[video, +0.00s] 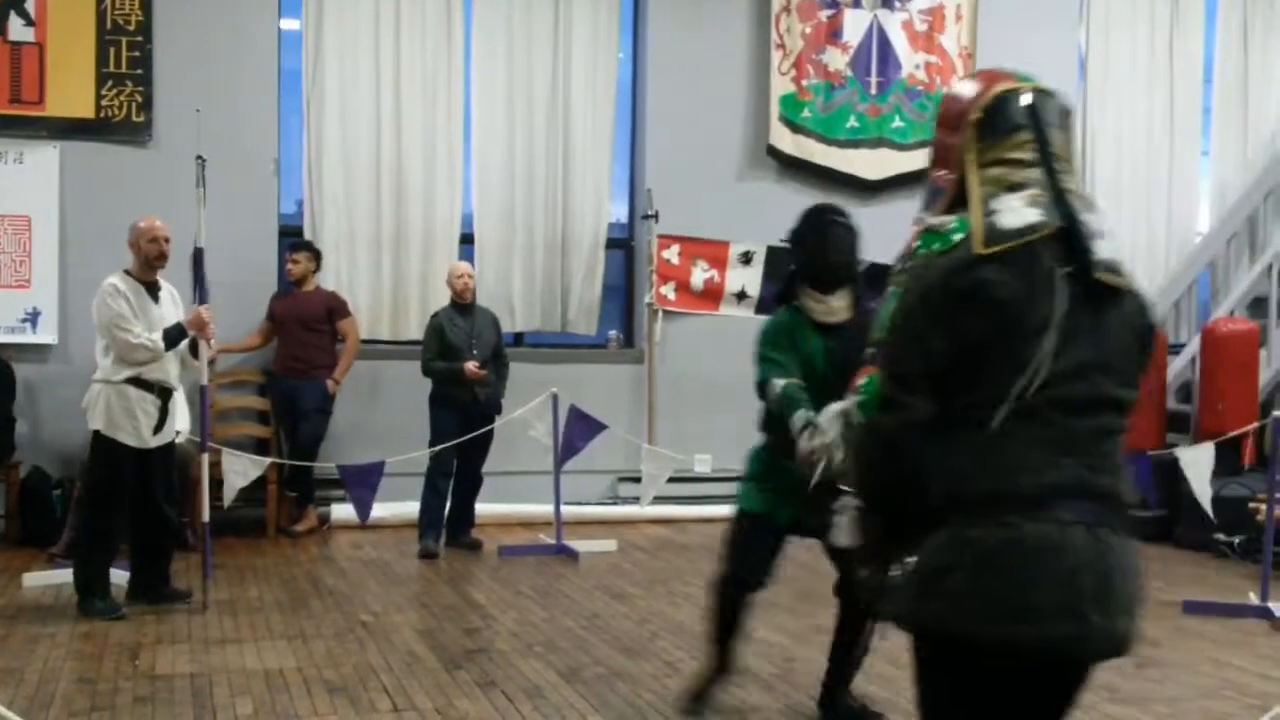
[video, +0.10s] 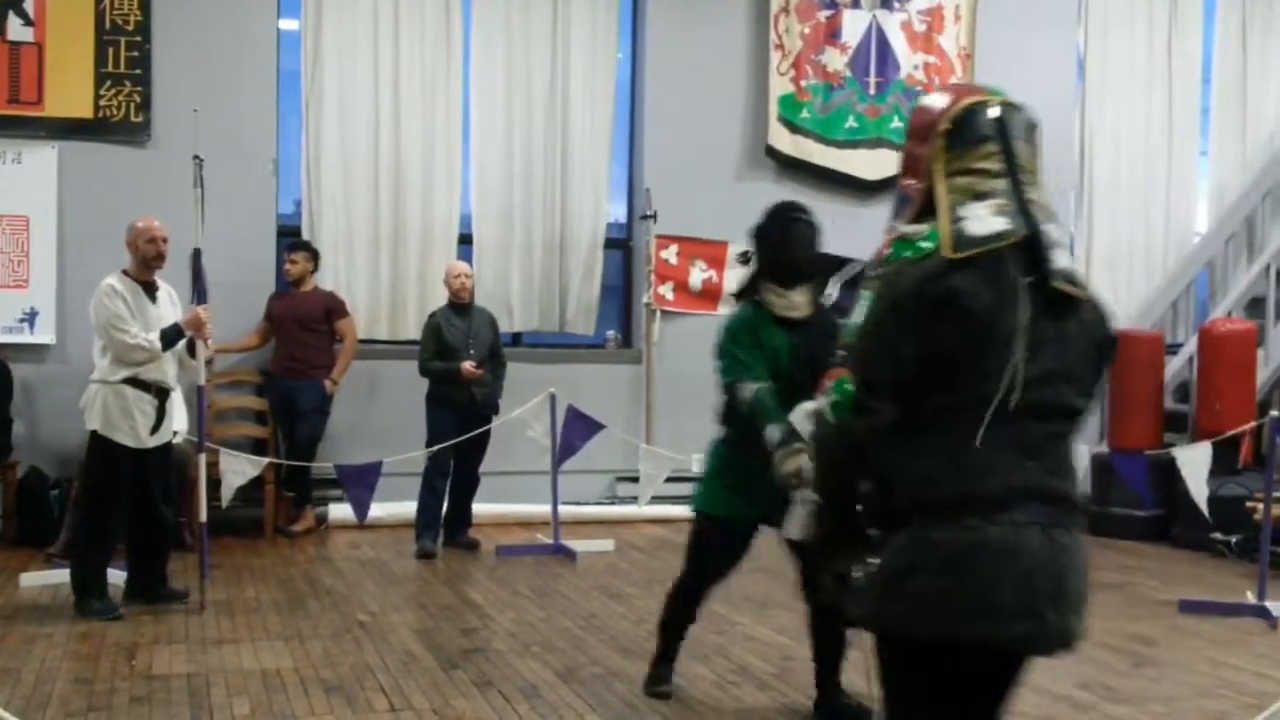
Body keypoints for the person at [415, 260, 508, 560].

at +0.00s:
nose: (465, 281)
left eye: (469, 276)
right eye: (459, 277)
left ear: (475, 282)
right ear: (449, 284)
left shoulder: (488, 319)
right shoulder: (439, 321)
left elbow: (500, 361)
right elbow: (428, 366)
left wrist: (495, 394)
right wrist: (460, 368)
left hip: (482, 405)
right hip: (447, 405)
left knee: (471, 471)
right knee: (441, 468)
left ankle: (459, 532)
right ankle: (429, 538)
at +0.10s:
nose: (463, 282)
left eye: (467, 276)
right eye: (457, 277)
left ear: (473, 282)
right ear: (446, 283)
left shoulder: (486, 319)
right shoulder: (437, 320)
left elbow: (498, 361)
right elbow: (425, 366)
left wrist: (492, 395)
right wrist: (457, 368)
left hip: (479, 405)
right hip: (444, 405)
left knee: (468, 471)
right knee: (438, 468)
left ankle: (457, 532)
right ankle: (426, 538)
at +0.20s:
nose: (457, 281)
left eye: (461, 276)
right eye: (451, 277)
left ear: (468, 281)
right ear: (441, 283)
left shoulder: (481, 319)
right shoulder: (431, 321)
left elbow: (493, 361)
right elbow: (420, 366)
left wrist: (488, 395)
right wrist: (451, 368)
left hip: (474, 405)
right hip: (439, 405)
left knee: (463, 472)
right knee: (432, 469)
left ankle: (453, 532)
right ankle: (423, 538)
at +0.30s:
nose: (444, 280)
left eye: (448, 275)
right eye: (438, 275)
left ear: (456, 280)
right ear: (428, 282)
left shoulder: (469, 317)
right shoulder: (419, 319)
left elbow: (481, 359)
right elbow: (407, 365)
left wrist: (477, 393)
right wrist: (439, 368)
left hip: (462, 404)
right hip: (427, 404)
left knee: (453, 472)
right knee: (422, 469)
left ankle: (444, 532)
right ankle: (415, 536)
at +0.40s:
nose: (442, 278)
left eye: (447, 273)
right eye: (436, 274)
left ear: (455, 279)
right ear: (427, 281)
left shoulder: (468, 316)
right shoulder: (418, 317)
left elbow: (480, 358)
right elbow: (406, 364)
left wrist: (475, 392)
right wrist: (438, 366)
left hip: (460, 402)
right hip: (425, 403)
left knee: (453, 470)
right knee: (421, 468)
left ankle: (445, 531)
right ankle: (416, 536)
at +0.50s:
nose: (438, 277)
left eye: (443, 272)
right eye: (432, 272)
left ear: (449, 277)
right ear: (422, 279)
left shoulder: (464, 315)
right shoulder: (413, 317)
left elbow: (476, 357)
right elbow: (402, 363)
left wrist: (472, 391)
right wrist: (434, 365)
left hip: (457, 401)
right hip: (422, 401)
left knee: (451, 469)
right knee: (418, 468)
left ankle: (444, 530)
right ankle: (415, 535)